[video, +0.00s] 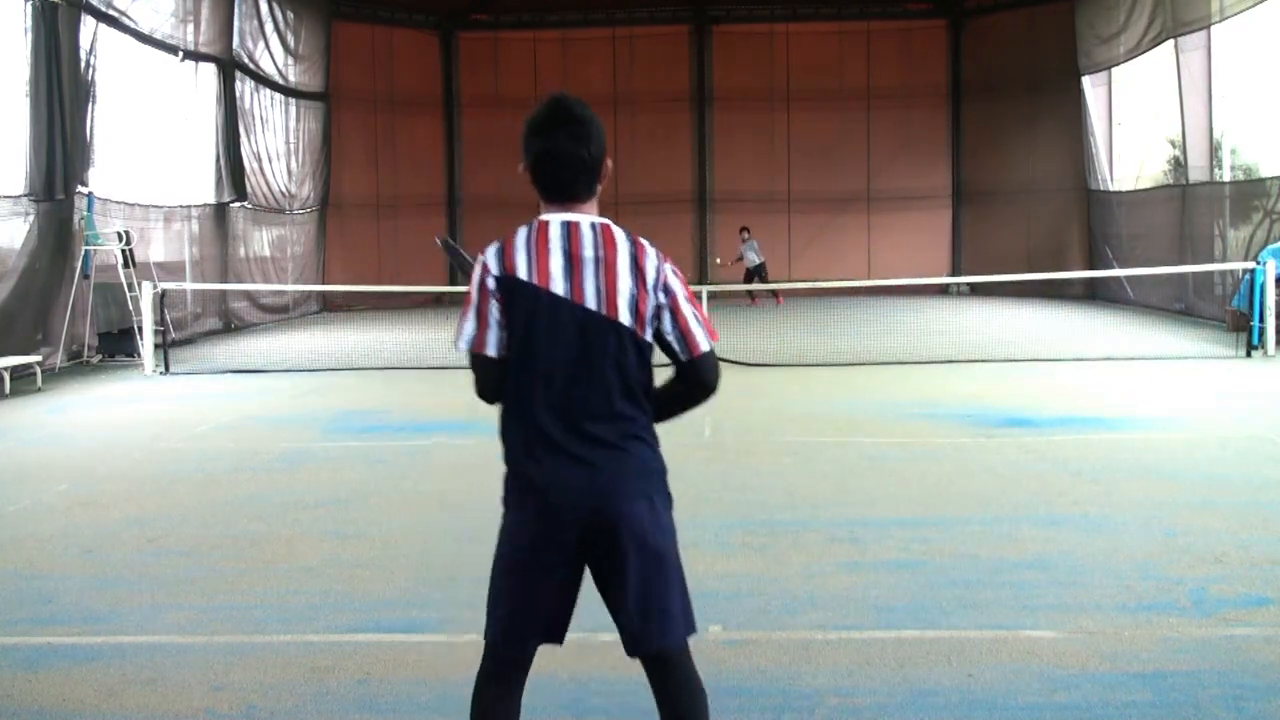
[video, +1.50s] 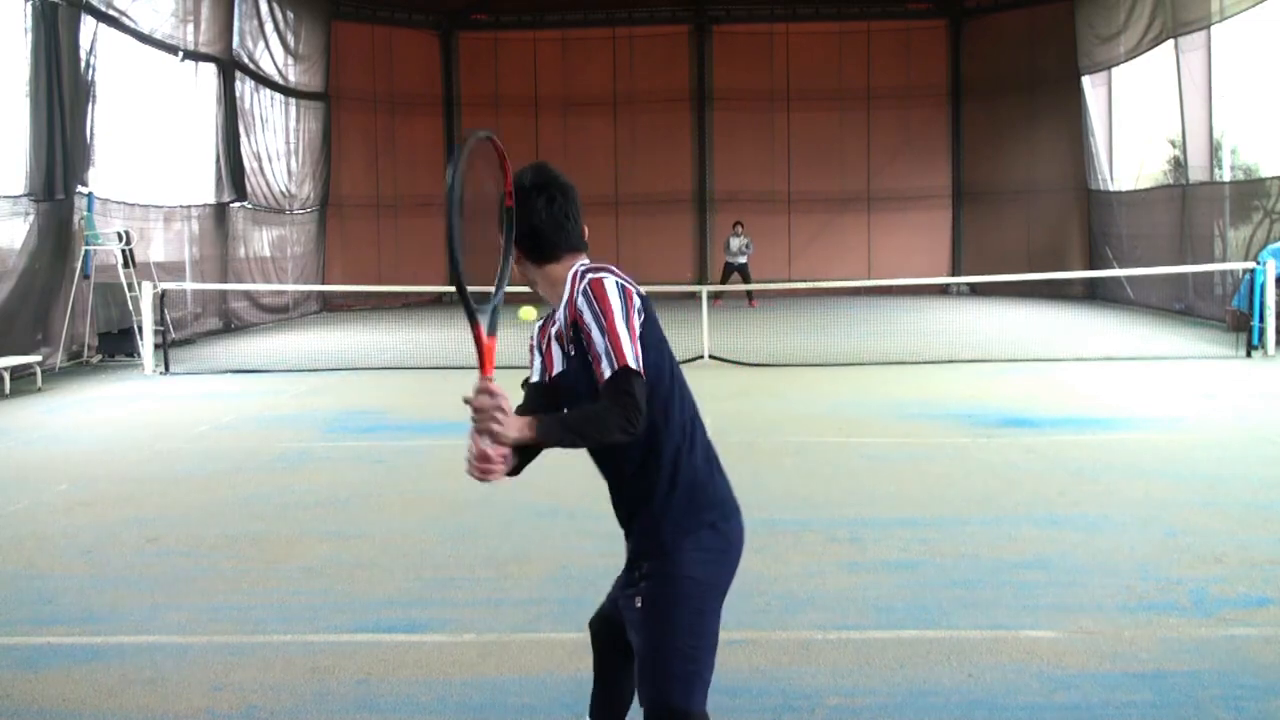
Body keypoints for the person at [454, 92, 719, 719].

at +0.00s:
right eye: (604, 159)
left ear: (527, 173)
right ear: (605, 170)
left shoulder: (498, 262)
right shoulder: (644, 260)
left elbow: (490, 383)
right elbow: (702, 375)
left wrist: (554, 379)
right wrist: (636, 411)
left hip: (540, 495)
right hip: (629, 493)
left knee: (503, 667)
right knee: (669, 660)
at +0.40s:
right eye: (637, 156)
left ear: (556, 170)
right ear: (634, 168)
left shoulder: (525, 264)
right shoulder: (674, 256)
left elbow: (517, 390)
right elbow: (733, 373)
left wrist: (582, 382)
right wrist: (683, 429)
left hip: (567, 501)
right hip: (660, 498)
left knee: (524, 667)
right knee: (707, 666)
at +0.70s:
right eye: (600, 172)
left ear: (527, 195)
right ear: (604, 184)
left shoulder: (519, 286)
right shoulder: (669, 267)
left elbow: (539, 425)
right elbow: (718, 383)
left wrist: (606, 440)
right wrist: (667, 435)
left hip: (593, 514)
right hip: (685, 507)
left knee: (537, 686)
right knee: (669, 677)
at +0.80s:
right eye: (601, 200)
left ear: (521, 221)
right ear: (601, 211)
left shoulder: (525, 316)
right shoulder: (667, 289)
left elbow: (549, 451)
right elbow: (716, 410)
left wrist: (610, 485)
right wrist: (663, 459)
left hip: (609, 545)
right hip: (693, 537)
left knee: (542, 704)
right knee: (641, 697)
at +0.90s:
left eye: (509, 246)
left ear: (517, 259)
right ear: (599, 247)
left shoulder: (535, 354)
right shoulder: (660, 325)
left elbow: (548, 491)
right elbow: (710, 450)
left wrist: (609, 540)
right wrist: (666, 516)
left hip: (619, 585)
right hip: (701, 571)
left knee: (568, 711)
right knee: (637, 707)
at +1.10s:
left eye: (506, 215)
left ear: (515, 226)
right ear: (597, 210)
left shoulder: (565, 302)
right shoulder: (629, 283)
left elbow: (571, 437)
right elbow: (639, 434)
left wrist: (534, 500)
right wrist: (569, 519)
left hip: (661, 539)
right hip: (708, 525)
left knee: (613, 706)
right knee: (642, 699)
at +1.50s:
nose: (505, 249)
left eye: (506, 235)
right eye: (508, 232)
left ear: (515, 246)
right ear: (581, 229)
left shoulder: (599, 289)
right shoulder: (549, 331)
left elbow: (625, 415)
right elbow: (540, 419)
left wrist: (522, 425)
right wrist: (504, 457)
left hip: (691, 529)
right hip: (655, 532)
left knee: (673, 705)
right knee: (610, 631)